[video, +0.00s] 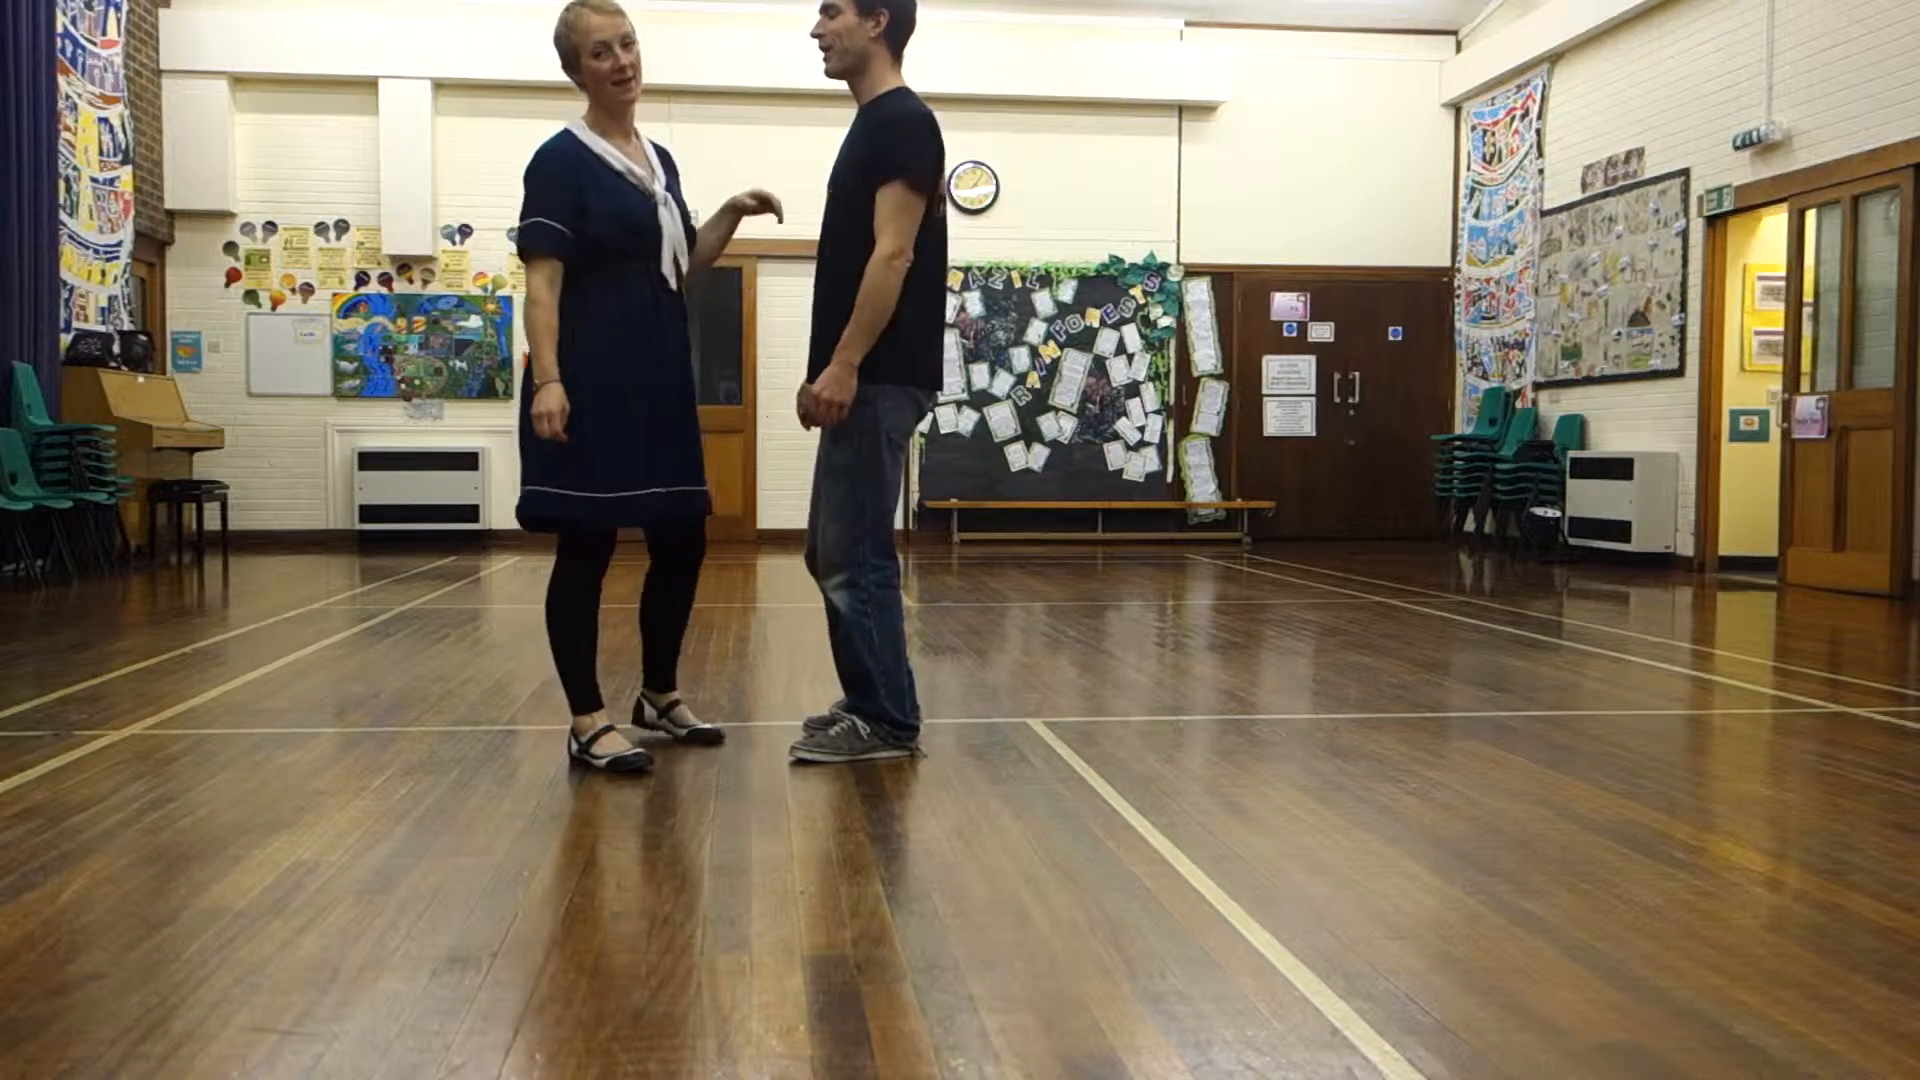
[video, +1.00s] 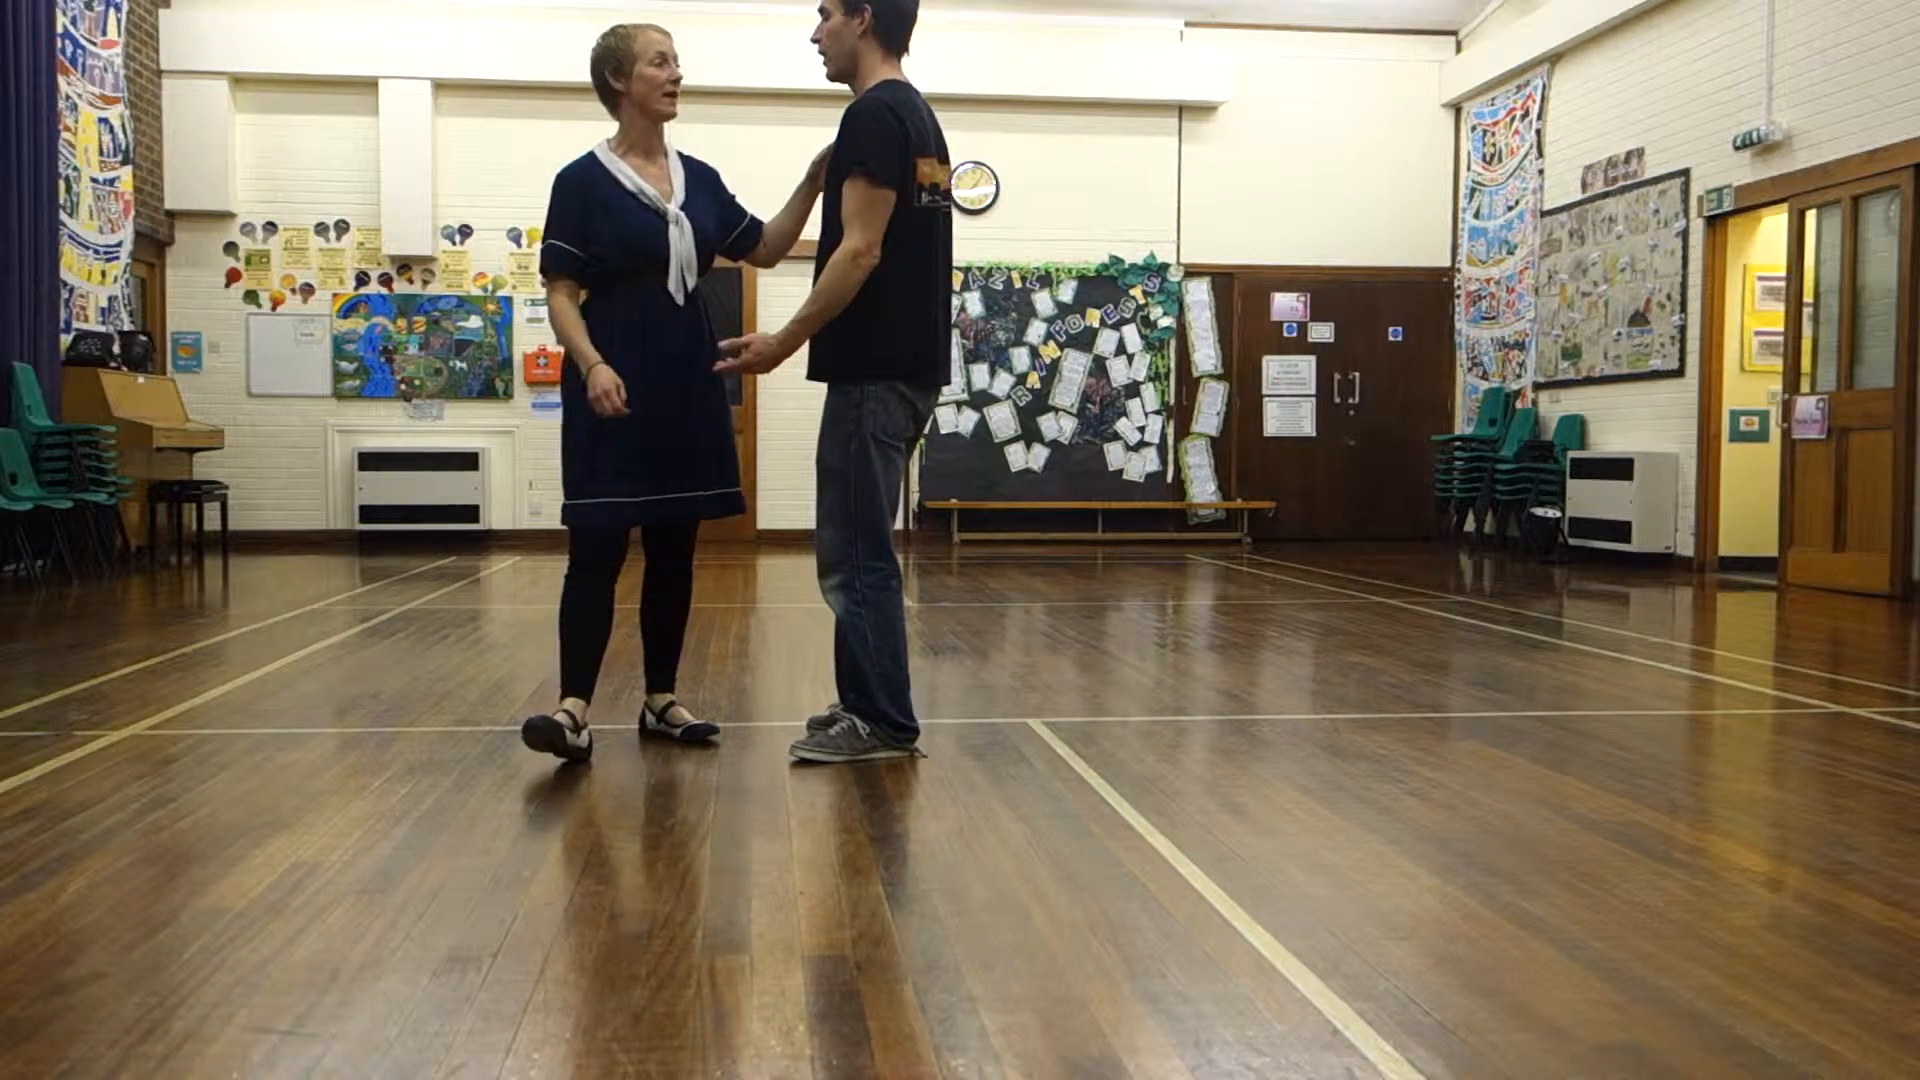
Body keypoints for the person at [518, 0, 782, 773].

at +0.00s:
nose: (620, 60)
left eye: (626, 44)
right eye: (600, 52)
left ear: (642, 51)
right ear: (574, 70)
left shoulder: (659, 159)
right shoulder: (559, 161)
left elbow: (680, 268)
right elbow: (542, 283)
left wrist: (732, 212)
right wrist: (547, 379)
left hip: (659, 388)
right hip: (586, 388)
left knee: (682, 533)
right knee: (585, 546)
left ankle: (658, 699)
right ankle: (588, 724)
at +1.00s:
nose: (676, 76)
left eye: (676, 64)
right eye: (660, 63)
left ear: (672, 83)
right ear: (617, 80)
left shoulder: (698, 179)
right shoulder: (581, 181)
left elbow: (765, 248)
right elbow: (560, 295)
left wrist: (813, 181)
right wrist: (593, 365)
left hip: (688, 394)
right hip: (608, 390)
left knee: (674, 548)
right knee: (596, 550)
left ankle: (661, 702)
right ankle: (573, 709)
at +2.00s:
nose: (659, 55)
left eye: (654, 42)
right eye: (644, 43)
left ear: (618, 62)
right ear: (603, 60)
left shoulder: (623, 154)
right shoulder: (581, 147)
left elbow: (639, 263)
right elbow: (588, 269)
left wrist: (708, 269)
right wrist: (695, 285)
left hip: (639, 386)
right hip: (595, 387)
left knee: (671, 531)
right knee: (614, 540)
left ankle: (637, 699)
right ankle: (592, 721)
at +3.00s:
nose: (628, 83)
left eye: (628, 72)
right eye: (612, 72)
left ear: (600, 90)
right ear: (571, 89)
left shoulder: (608, 171)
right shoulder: (572, 166)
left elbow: (638, 281)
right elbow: (611, 278)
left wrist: (719, 297)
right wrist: (714, 303)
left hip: (618, 385)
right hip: (593, 386)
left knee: (613, 540)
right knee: (627, 540)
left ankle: (590, 701)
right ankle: (598, 707)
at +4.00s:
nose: (739, 56)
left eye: (748, 47)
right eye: (726, 37)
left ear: (744, 63)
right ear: (681, 40)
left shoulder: (686, 133)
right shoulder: (663, 123)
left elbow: (696, 273)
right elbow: (717, 261)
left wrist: (750, 308)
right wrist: (808, 295)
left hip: (681, 383)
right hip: (644, 384)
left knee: (728, 543)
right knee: (659, 552)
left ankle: (646, 699)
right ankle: (608, 739)